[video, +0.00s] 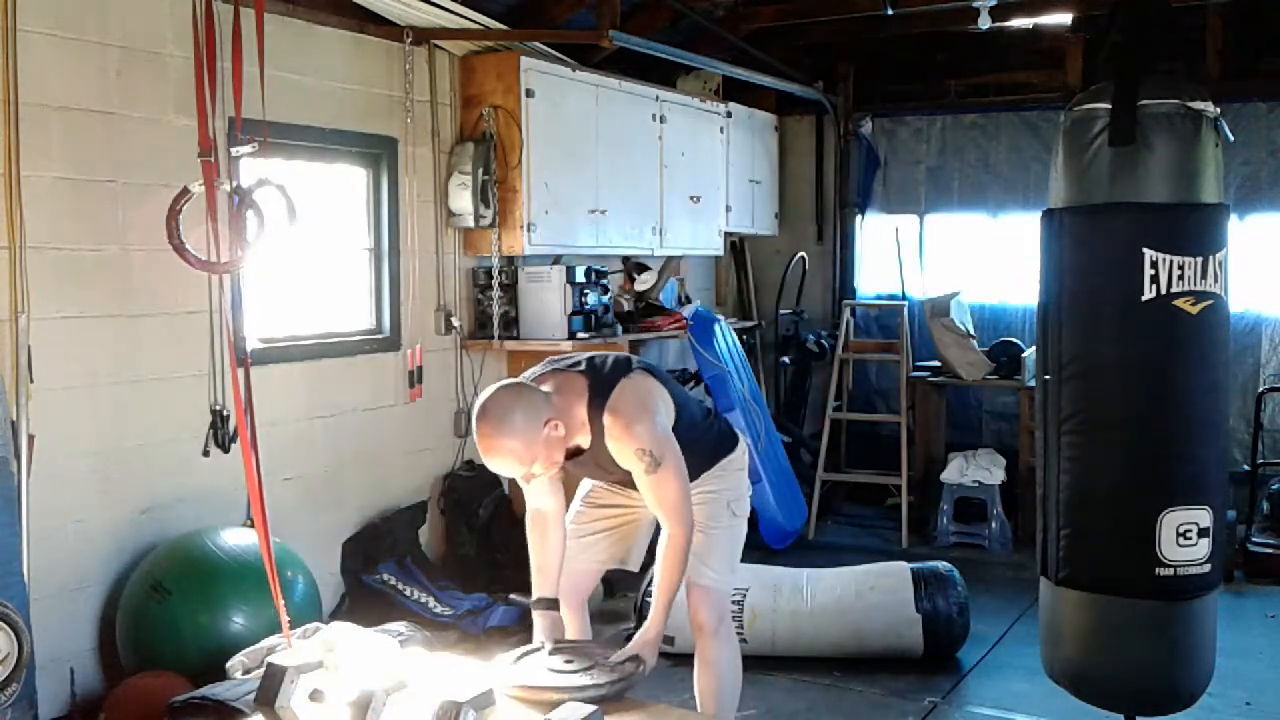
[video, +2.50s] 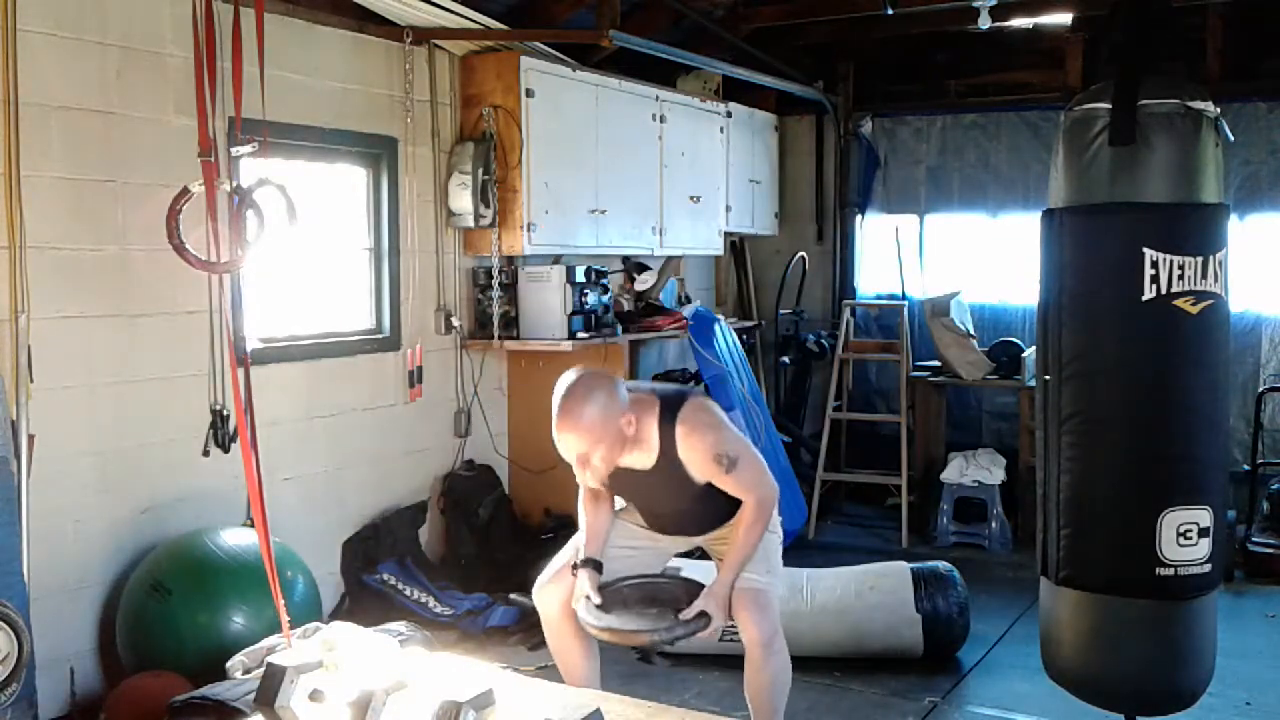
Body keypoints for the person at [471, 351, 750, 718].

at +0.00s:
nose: (530, 480)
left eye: (530, 469)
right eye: (519, 476)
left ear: (553, 431)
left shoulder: (634, 423)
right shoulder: (521, 412)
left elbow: (678, 528)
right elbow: (543, 511)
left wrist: (653, 630)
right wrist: (544, 610)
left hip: (705, 470)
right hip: (617, 475)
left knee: (706, 614)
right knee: (565, 592)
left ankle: (715, 715)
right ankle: (584, 710)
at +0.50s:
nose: (527, 499)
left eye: (530, 486)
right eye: (516, 492)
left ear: (554, 447)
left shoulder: (634, 437)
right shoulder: (518, 413)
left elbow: (688, 543)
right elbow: (544, 511)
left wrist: (653, 646)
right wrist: (544, 608)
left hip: (705, 472)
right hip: (615, 475)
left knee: (705, 617)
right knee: (565, 595)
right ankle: (574, 710)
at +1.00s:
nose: (523, 501)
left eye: (526, 489)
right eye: (513, 494)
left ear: (550, 451)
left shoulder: (629, 440)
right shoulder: (514, 422)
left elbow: (685, 546)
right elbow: (526, 530)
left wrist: (651, 651)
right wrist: (513, 625)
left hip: (703, 474)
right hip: (611, 479)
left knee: (706, 619)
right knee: (549, 596)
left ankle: (716, 718)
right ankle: (573, 711)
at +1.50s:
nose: (514, 407)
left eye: (518, 392)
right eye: (506, 397)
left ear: (556, 358)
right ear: (555, 358)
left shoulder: (634, 361)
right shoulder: (528, 384)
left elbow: (716, 437)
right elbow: (551, 444)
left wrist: (678, 532)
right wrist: (543, 516)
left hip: (694, 472)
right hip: (612, 477)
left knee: (702, 606)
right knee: (545, 591)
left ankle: (714, 716)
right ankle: (564, 716)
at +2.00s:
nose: (575, 324)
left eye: (582, 309)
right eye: (569, 311)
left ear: (618, 285)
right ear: (566, 296)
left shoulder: (692, 320)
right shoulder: (573, 335)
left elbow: (753, 413)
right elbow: (588, 412)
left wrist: (701, 493)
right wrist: (572, 475)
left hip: (722, 476)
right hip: (635, 476)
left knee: (743, 617)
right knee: (551, 593)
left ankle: (762, 717)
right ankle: (586, 713)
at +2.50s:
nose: (578, 472)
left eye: (584, 458)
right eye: (571, 461)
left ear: (626, 425)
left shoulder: (698, 430)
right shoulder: (591, 421)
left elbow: (763, 494)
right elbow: (595, 490)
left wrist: (724, 583)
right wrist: (589, 562)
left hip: (732, 520)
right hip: (648, 519)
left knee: (759, 626)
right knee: (552, 595)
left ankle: (766, 716)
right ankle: (588, 712)